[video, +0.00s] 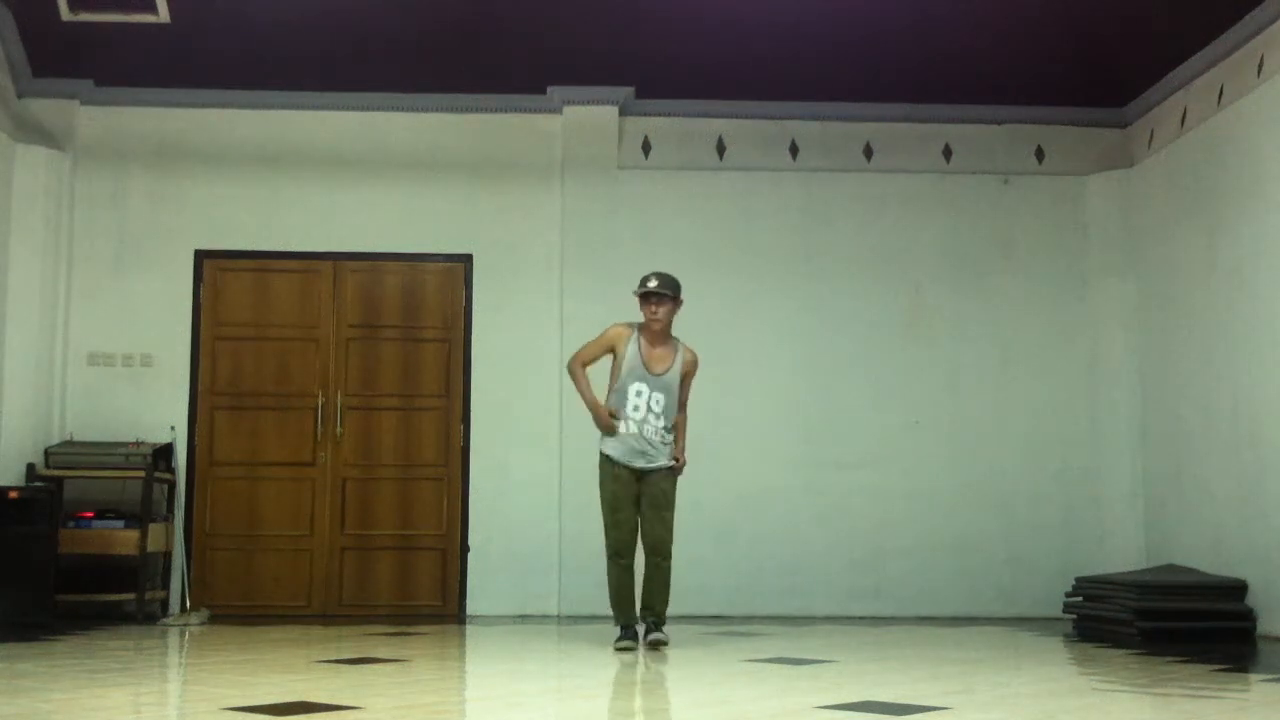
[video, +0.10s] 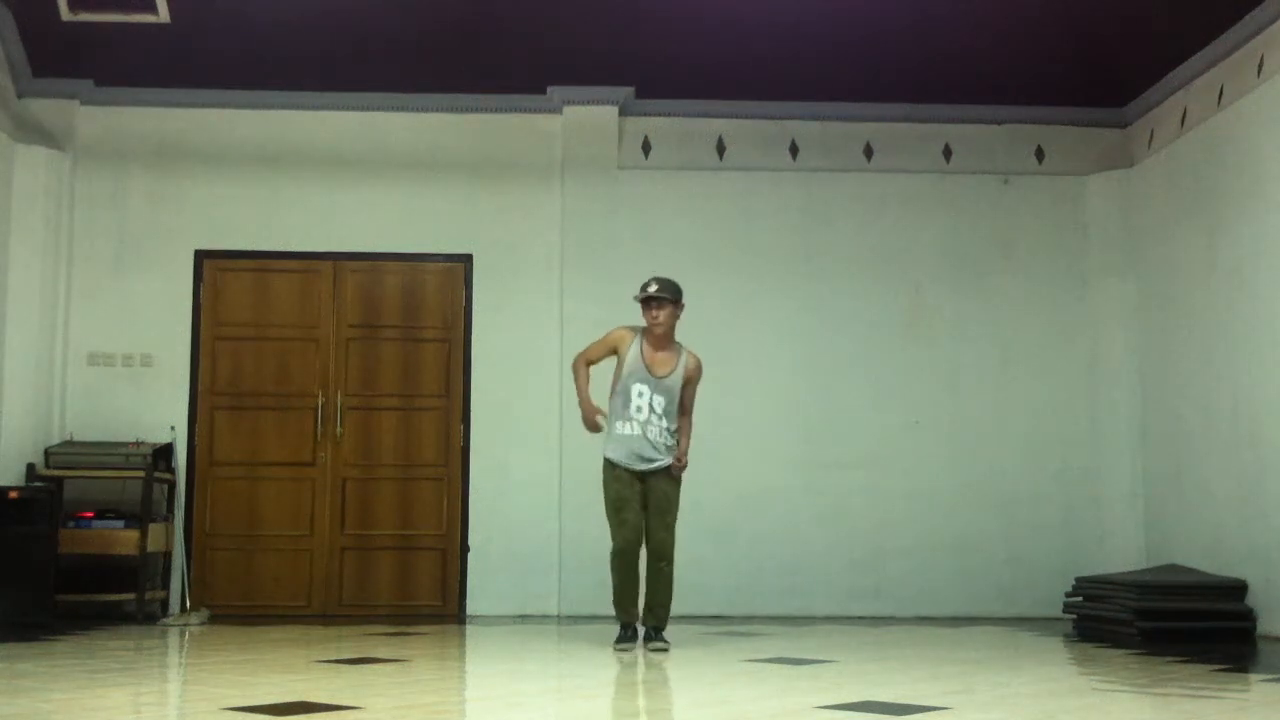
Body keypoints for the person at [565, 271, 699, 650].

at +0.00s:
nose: (653, 306)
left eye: (661, 300)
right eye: (647, 299)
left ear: (676, 306)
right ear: (639, 304)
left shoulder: (686, 358)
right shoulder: (621, 335)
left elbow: (681, 409)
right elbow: (576, 363)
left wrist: (679, 447)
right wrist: (594, 407)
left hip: (661, 464)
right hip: (617, 459)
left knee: (659, 548)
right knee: (620, 547)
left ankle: (654, 623)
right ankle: (626, 626)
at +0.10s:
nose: (652, 310)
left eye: (660, 304)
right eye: (647, 304)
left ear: (677, 309)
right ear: (641, 309)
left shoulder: (689, 364)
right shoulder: (624, 339)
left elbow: (685, 414)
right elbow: (581, 361)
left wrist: (682, 450)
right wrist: (586, 404)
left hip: (664, 467)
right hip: (621, 463)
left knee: (661, 548)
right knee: (625, 543)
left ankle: (655, 627)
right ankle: (627, 623)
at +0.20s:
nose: (648, 315)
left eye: (656, 309)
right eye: (644, 309)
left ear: (675, 313)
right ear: (639, 313)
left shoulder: (689, 367)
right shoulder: (625, 341)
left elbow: (688, 418)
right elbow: (589, 366)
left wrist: (683, 453)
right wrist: (578, 408)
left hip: (666, 469)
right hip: (624, 464)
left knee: (666, 551)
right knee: (628, 544)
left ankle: (655, 627)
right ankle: (632, 625)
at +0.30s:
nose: (638, 316)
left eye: (646, 309)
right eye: (635, 309)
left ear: (668, 311)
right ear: (633, 311)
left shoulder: (690, 357)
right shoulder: (626, 340)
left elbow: (688, 409)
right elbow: (597, 371)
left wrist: (680, 437)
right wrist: (575, 411)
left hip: (667, 466)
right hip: (624, 461)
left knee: (662, 548)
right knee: (626, 538)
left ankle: (655, 628)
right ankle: (633, 615)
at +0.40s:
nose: (628, 312)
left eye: (634, 306)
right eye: (626, 306)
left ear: (659, 306)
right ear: (628, 309)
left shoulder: (689, 349)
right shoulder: (624, 341)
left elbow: (698, 404)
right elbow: (601, 377)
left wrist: (676, 410)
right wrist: (578, 417)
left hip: (668, 467)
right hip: (624, 462)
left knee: (662, 550)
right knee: (623, 540)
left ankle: (655, 628)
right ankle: (626, 623)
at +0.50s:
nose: (622, 308)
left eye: (628, 301)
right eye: (620, 302)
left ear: (652, 302)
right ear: (627, 305)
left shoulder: (685, 343)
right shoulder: (622, 343)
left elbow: (707, 394)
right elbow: (606, 384)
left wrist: (674, 386)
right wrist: (580, 426)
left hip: (668, 466)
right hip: (624, 462)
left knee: (662, 549)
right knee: (620, 544)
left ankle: (656, 627)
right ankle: (624, 625)